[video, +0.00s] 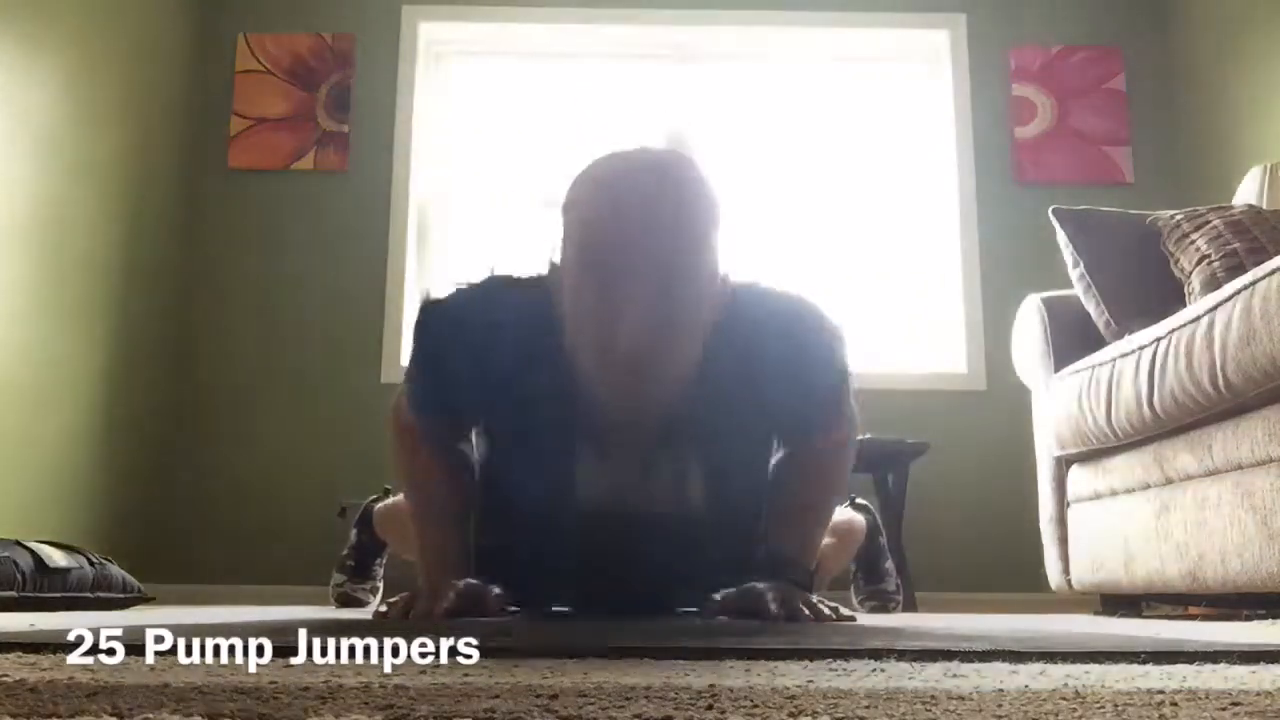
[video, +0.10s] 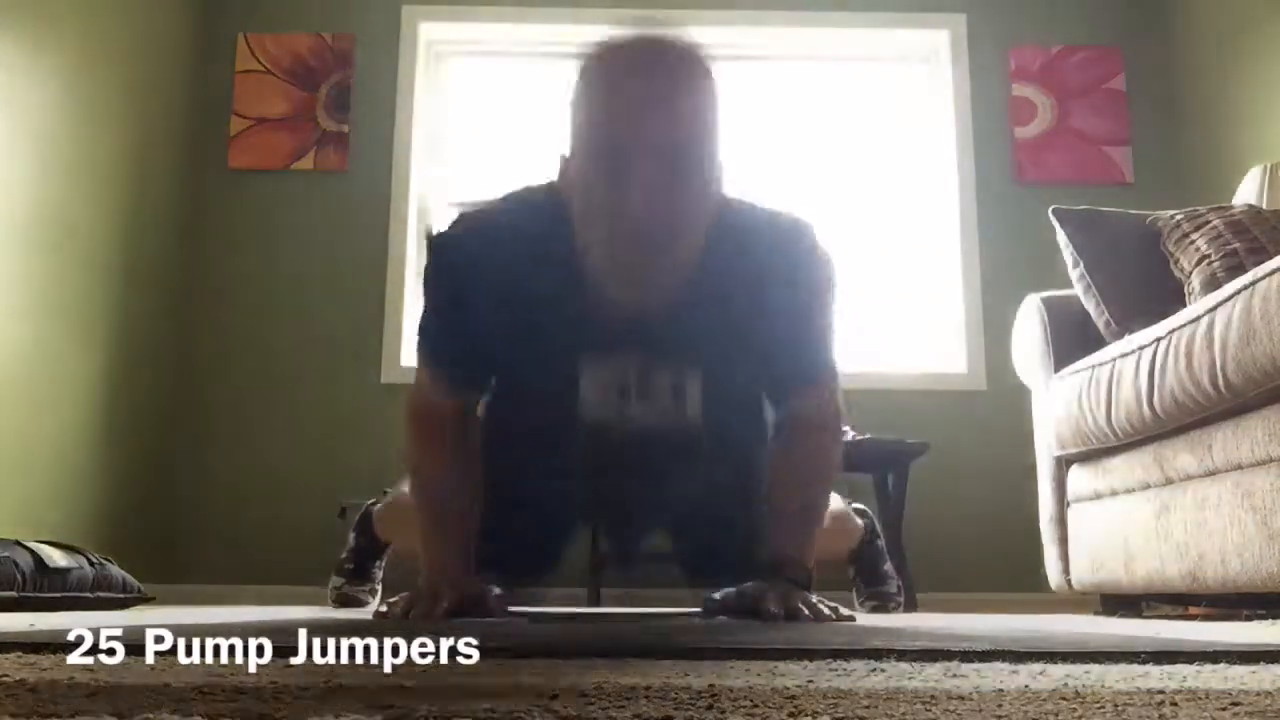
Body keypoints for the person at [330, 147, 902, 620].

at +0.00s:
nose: (628, 337)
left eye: (662, 306)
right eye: (604, 297)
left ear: (715, 281)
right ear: (563, 268)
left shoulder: (790, 340)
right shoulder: (471, 329)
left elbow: (826, 434)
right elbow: (421, 426)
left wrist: (778, 576)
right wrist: (446, 584)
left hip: (706, 585)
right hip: (531, 580)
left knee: (842, 534)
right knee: (402, 524)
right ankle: (382, 521)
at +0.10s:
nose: (645, 209)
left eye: (676, 173)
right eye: (617, 171)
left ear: (714, 170)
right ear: (570, 162)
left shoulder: (781, 258)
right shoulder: (479, 253)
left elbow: (811, 415)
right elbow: (439, 408)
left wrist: (784, 573)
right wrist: (449, 579)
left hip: (716, 548)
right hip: (525, 546)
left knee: (837, 533)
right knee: (408, 527)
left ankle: (860, 532)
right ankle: (378, 521)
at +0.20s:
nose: (640, 90)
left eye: (674, 56)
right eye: (612, 55)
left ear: (719, 68)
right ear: (566, 69)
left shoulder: (775, 178)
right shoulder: (481, 181)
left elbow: (800, 375)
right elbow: (448, 372)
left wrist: (783, 570)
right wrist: (443, 564)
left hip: (716, 385)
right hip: (542, 380)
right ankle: (423, 546)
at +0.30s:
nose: (637, 18)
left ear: (714, 6)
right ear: (565, 2)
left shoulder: (767, 90)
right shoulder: (485, 84)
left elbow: (822, 326)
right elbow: (417, 312)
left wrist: (811, 527)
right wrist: (423, 530)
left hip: (692, 317)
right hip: (545, 315)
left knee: (725, 416)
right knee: (511, 415)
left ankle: (748, 494)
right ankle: (473, 470)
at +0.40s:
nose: (639, 19)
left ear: (709, 6)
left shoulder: (772, 82)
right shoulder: (473, 82)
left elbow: (863, 311)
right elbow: (380, 297)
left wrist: (889, 511)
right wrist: (349, 495)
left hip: (684, 317)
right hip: (546, 315)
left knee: (683, 429)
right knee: (550, 422)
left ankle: (678, 486)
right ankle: (550, 476)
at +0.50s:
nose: (621, 100)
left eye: (656, 64)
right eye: (591, 62)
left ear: (703, 67)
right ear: (546, 61)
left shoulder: (768, 177)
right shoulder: (459, 178)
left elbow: (918, 375)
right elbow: (346, 372)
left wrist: (930, 572)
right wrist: (318, 574)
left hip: (681, 383)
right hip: (547, 385)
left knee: (656, 488)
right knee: (568, 484)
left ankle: (641, 543)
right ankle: (585, 539)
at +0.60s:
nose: (611, 273)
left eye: (644, 232)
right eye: (579, 233)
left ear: (691, 228)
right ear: (533, 229)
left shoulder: (756, 286)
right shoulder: (458, 286)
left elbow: (951, 383)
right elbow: (308, 392)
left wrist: (939, 578)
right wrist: (310, 579)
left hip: (678, 501)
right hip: (543, 498)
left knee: (664, 541)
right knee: (566, 531)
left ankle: (643, 563)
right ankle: (578, 565)